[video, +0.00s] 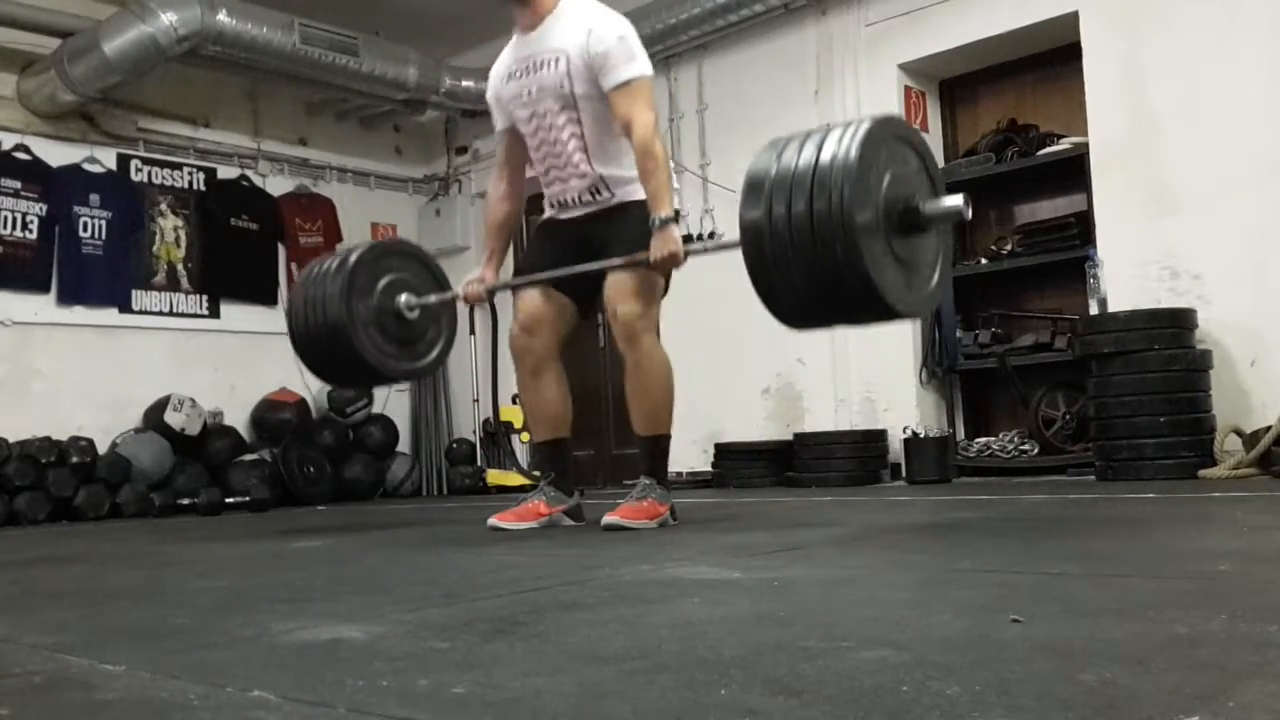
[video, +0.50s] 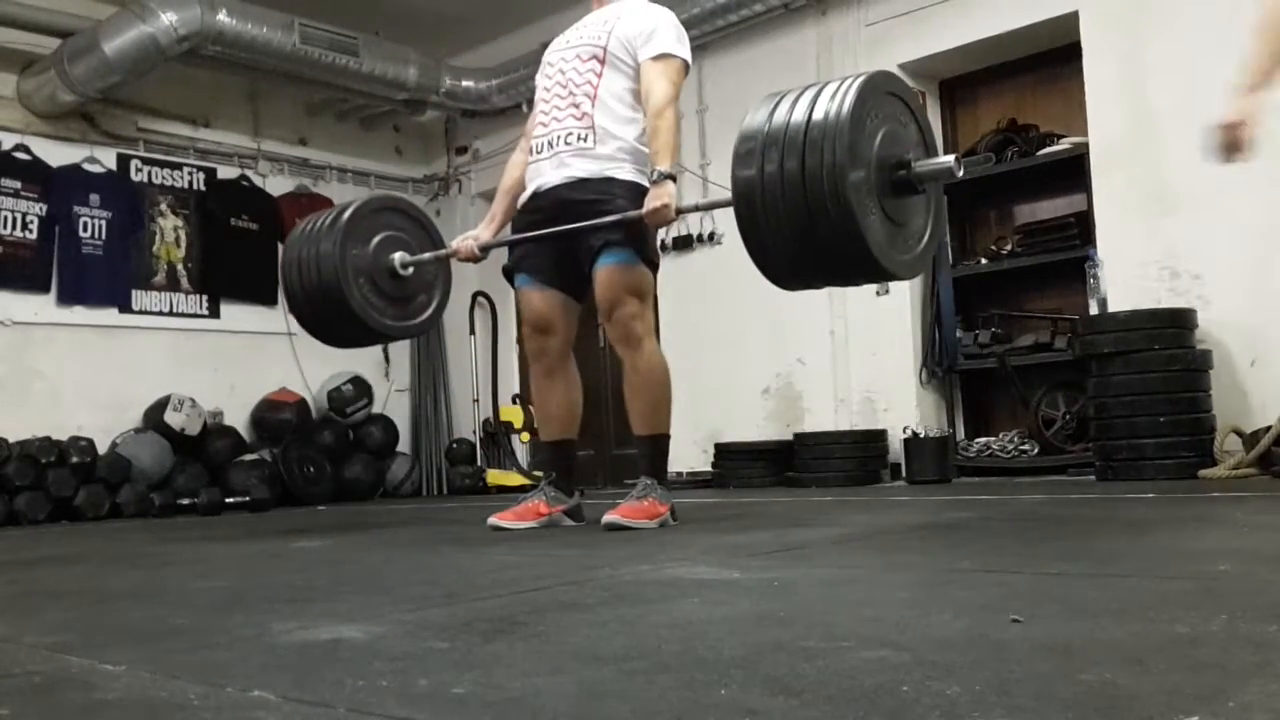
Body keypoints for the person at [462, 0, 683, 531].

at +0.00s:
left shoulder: (599, 27)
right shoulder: (501, 73)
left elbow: (643, 127)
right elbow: (509, 177)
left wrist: (664, 219)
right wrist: (489, 265)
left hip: (626, 208)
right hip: (559, 221)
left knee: (630, 318)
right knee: (529, 335)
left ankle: (654, 488)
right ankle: (557, 491)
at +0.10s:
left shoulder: (613, 15)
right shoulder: (518, 56)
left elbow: (647, 106)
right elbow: (515, 160)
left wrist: (663, 196)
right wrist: (489, 243)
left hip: (624, 201)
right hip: (553, 214)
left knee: (624, 316)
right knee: (529, 332)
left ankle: (653, 488)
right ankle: (558, 493)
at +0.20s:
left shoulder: (633, 8)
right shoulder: (535, 45)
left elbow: (653, 94)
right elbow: (519, 146)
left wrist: (663, 178)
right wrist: (488, 229)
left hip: (615, 194)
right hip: (543, 207)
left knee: (625, 319)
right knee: (538, 333)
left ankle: (653, 487)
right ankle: (558, 492)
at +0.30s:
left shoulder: (643, 8)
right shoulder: (547, 39)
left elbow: (657, 95)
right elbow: (523, 139)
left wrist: (662, 171)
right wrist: (487, 223)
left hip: (612, 185)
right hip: (542, 198)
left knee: (630, 320)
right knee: (544, 331)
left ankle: (653, 487)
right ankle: (558, 491)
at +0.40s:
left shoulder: (648, 13)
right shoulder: (555, 46)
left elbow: (660, 98)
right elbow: (527, 143)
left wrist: (663, 173)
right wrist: (487, 225)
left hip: (611, 186)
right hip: (541, 200)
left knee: (629, 322)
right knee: (543, 335)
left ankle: (653, 487)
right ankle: (558, 492)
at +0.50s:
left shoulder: (648, 16)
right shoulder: (557, 48)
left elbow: (661, 100)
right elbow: (529, 142)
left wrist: (663, 177)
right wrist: (488, 226)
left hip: (610, 186)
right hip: (540, 199)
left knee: (627, 322)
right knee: (542, 336)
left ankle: (653, 487)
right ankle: (558, 491)